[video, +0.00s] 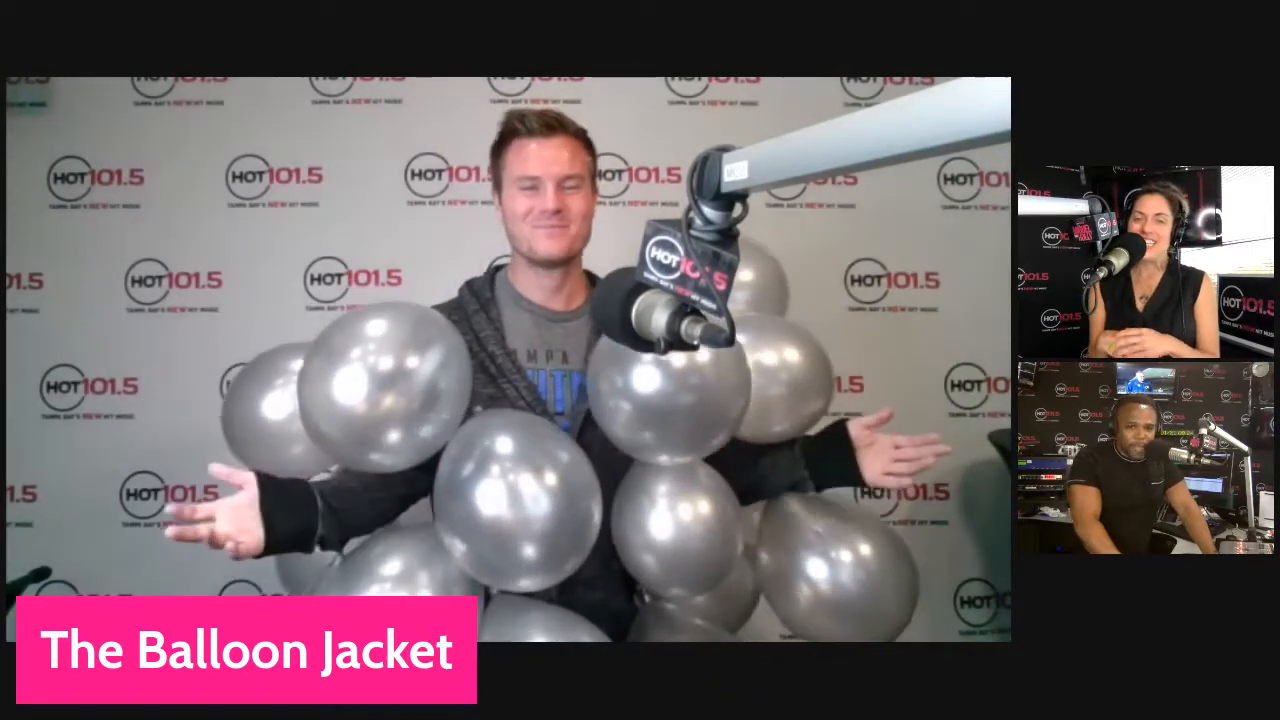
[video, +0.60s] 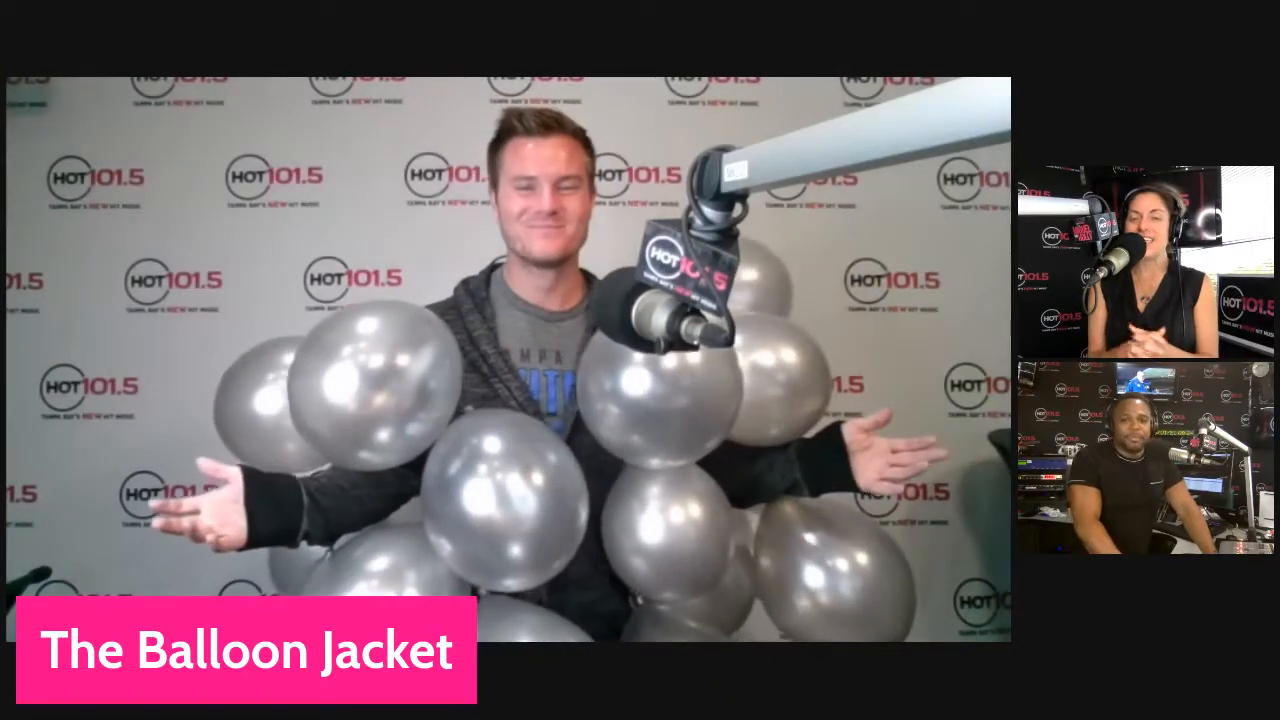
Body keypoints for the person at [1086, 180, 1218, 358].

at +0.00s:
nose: (1146, 229)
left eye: (1160, 220)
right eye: (1138, 218)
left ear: (1175, 230)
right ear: (1127, 224)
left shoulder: (1197, 284)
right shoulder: (1103, 285)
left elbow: (1211, 358)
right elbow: (1093, 359)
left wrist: (1169, 344)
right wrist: (1100, 345)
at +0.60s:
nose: (1143, 227)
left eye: (1156, 217)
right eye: (1134, 217)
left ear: (1172, 226)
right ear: (1124, 225)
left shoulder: (1197, 285)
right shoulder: (1103, 286)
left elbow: (1209, 362)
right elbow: (1094, 357)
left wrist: (1166, 352)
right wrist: (1126, 351)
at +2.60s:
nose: (1141, 229)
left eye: (1153, 219)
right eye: (1130, 220)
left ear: (1167, 225)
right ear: (1120, 227)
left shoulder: (1196, 287)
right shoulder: (1099, 289)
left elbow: (1210, 366)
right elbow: (1093, 361)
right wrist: (1139, 357)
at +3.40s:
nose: (1140, 228)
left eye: (1152, 218)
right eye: (1130, 220)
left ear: (1168, 223)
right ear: (1120, 227)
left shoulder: (1196, 288)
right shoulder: (1101, 289)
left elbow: (1209, 367)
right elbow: (1093, 359)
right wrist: (1138, 357)